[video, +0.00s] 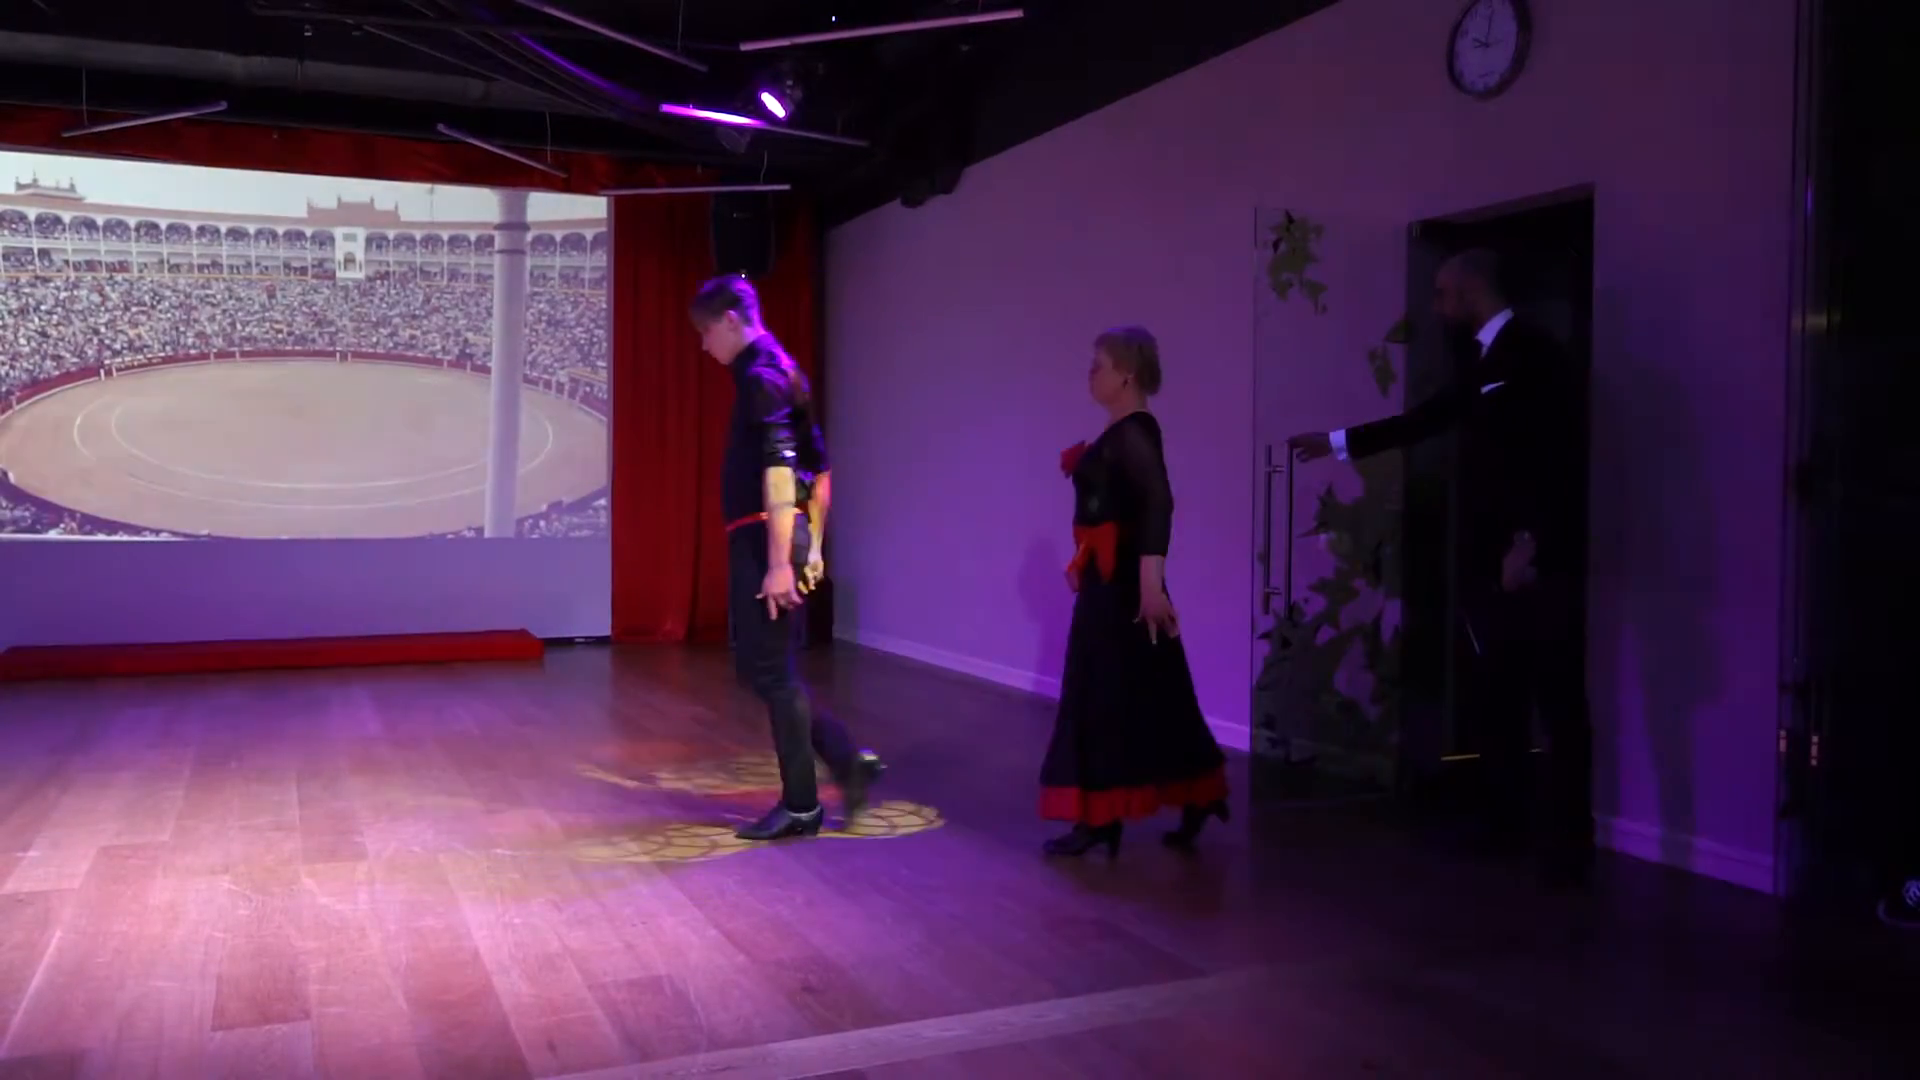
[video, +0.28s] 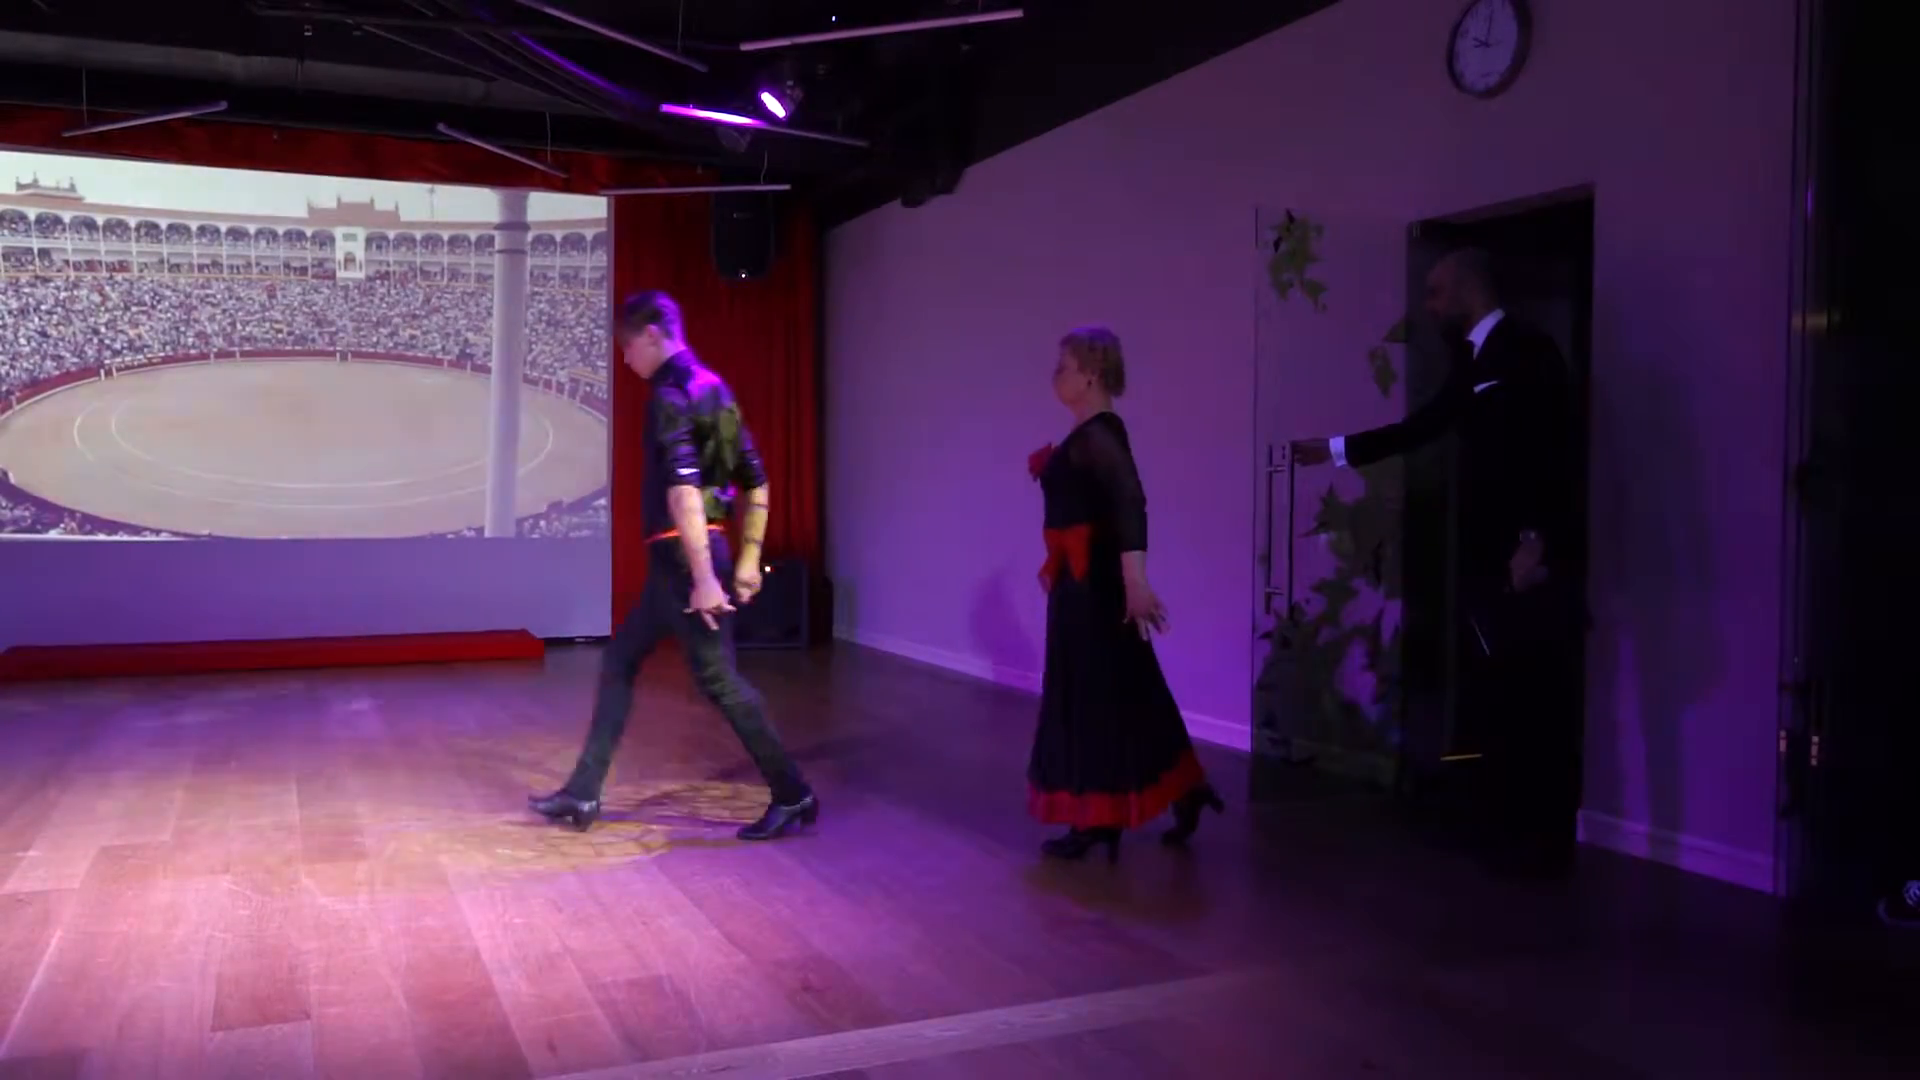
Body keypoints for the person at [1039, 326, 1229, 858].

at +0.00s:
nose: (1089, 376)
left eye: (1098, 367)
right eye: (1091, 366)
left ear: (1126, 376)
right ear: (1129, 377)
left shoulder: (1133, 433)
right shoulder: (1121, 433)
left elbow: (1156, 504)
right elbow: (1117, 498)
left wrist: (1151, 583)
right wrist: (1081, 467)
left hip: (1116, 590)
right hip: (1117, 587)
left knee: (1098, 699)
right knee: (1157, 694)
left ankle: (1099, 815)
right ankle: (1198, 788)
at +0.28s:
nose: (1055, 379)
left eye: (1064, 370)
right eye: (1057, 370)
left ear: (1092, 375)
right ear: (1091, 376)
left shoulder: (1101, 435)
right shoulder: (1084, 434)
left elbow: (1129, 506)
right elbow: (1084, 497)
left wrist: (1136, 581)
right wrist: (1050, 470)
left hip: (1093, 589)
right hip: (1087, 584)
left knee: (1088, 701)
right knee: (1133, 693)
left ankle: (1096, 815)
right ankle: (1185, 786)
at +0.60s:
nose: (996, 390)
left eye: (1004, 380)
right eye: (998, 380)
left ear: (1029, 387)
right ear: (1037, 387)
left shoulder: (1045, 448)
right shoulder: (1038, 444)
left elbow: (1056, 528)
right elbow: (1033, 513)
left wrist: (1060, 602)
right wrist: (1001, 486)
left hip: (1047, 596)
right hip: (1047, 591)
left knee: (1001, 694)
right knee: (1068, 706)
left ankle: (1063, 818)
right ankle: (1083, 819)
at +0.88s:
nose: (912, 397)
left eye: (920, 388)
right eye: (916, 386)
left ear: (944, 397)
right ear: (956, 398)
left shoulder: (952, 456)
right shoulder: (963, 452)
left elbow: (940, 534)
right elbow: (939, 534)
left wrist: (900, 585)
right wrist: (896, 575)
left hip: (950, 598)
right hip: (966, 594)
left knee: (893, 697)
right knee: (1003, 703)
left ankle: (868, 813)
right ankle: (1059, 811)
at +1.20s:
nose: (863, 389)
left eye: (871, 379)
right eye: (865, 378)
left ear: (899, 387)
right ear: (897, 386)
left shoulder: (913, 444)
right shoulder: (901, 440)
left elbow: (923, 522)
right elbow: (899, 510)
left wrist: (873, 583)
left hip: (902, 587)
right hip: (902, 582)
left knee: (851, 692)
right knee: (908, 696)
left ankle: (811, 815)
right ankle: (913, 818)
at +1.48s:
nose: (898, 369)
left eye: (908, 359)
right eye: (902, 358)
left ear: (934, 367)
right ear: (949, 369)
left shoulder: (935, 426)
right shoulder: (960, 424)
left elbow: (943, 502)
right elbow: (949, 500)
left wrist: (905, 579)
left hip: (931, 576)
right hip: (958, 573)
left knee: (881, 699)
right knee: (970, 703)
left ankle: (868, 842)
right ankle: (1013, 825)